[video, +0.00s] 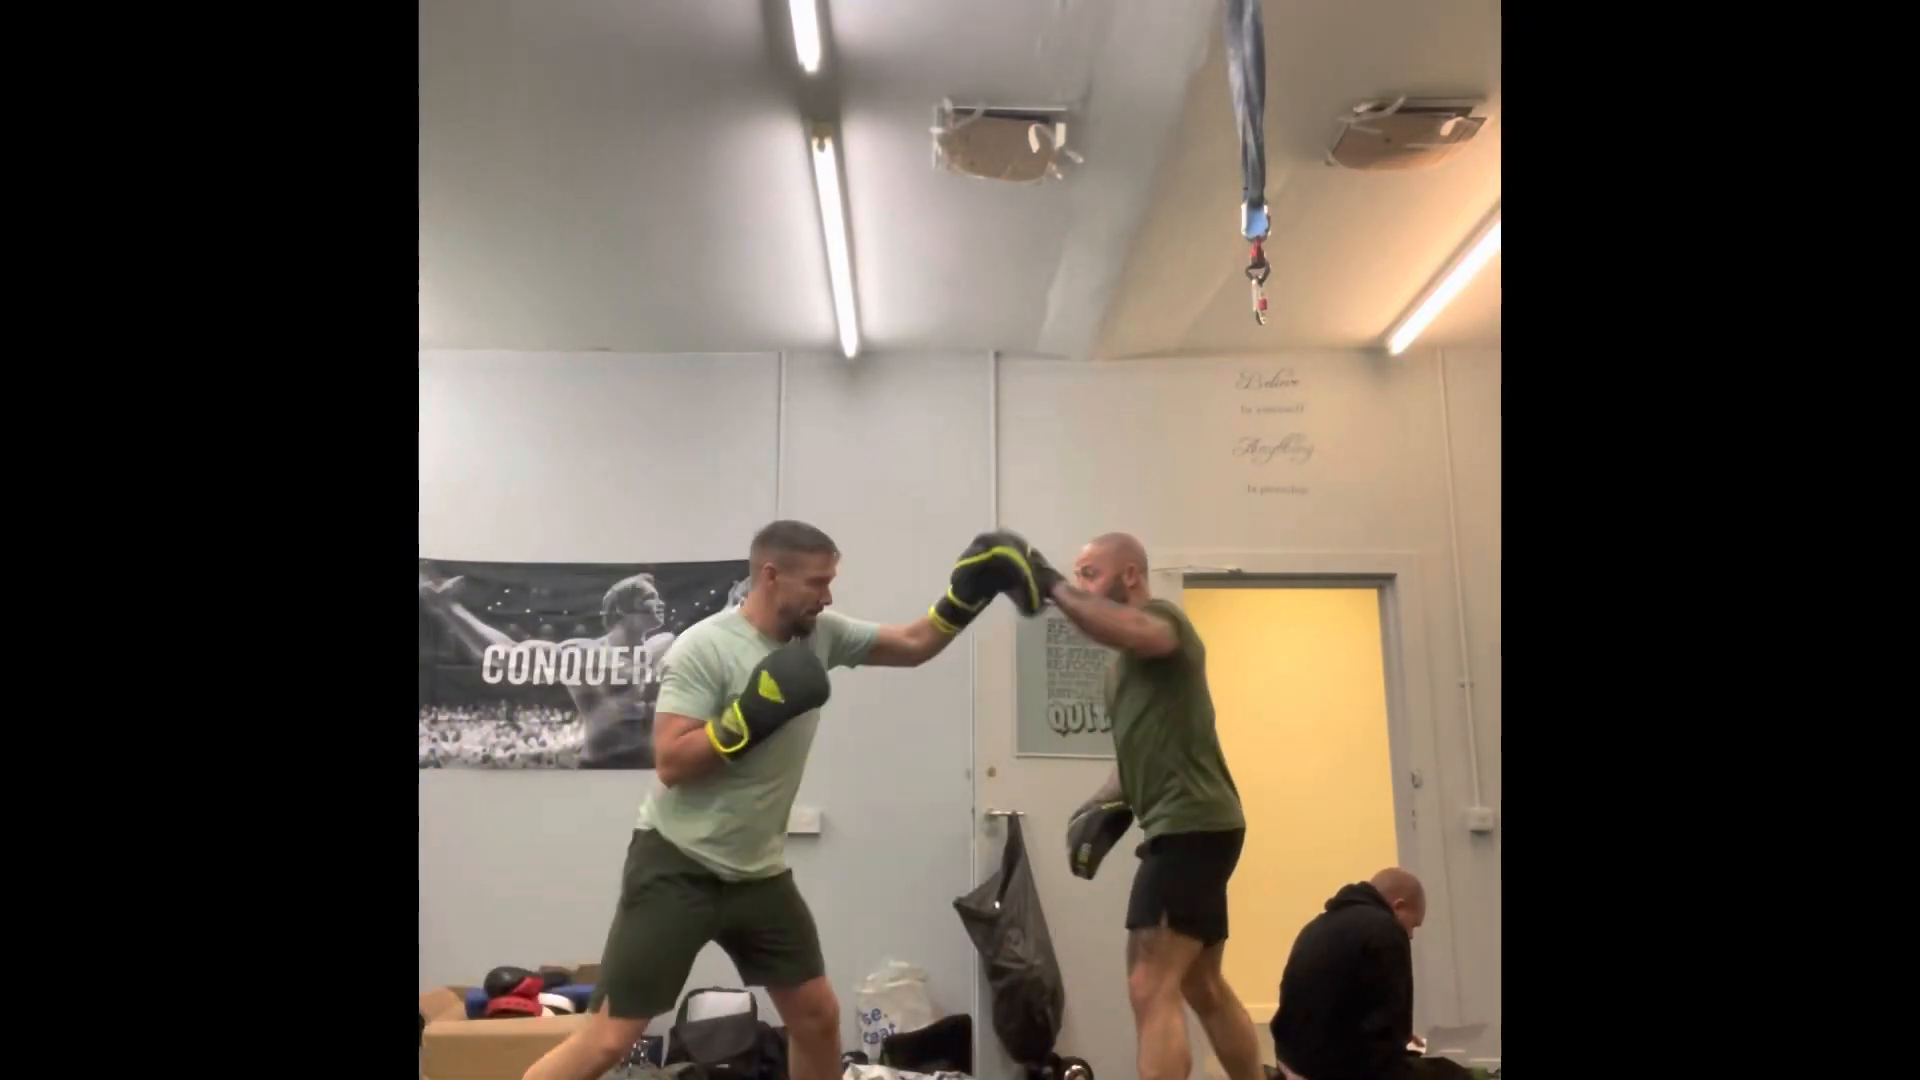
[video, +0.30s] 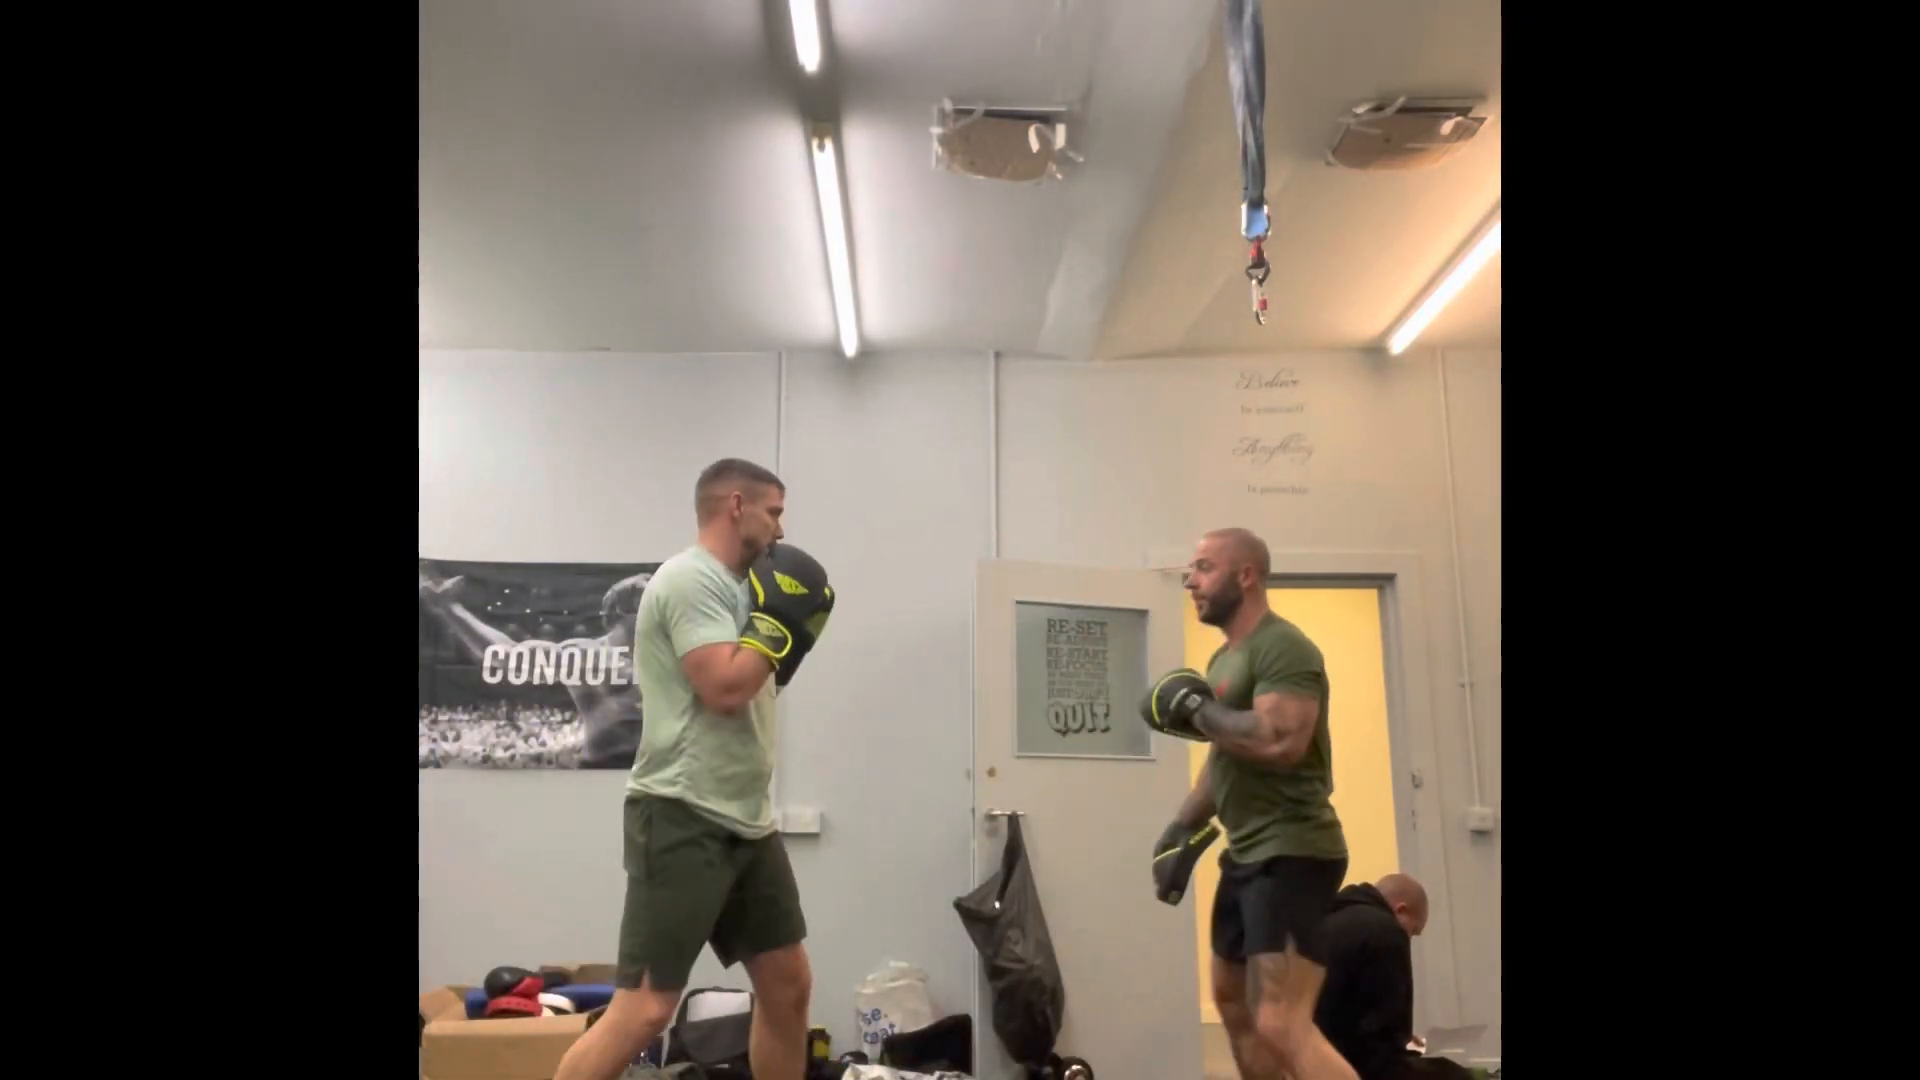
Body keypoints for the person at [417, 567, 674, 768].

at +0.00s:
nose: (661, 609)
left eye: (660, 602)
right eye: (650, 603)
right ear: (623, 612)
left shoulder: (659, 650)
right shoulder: (579, 653)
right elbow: (508, 653)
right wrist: (448, 608)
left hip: (653, 762)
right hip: (600, 763)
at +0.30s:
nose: (652, 617)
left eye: (652, 608)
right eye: (645, 609)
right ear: (622, 613)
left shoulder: (662, 651)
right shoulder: (582, 654)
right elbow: (508, 653)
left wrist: (445, 607)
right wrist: (447, 607)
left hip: (659, 764)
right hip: (608, 767)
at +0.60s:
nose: (656, 609)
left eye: (655, 602)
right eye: (647, 603)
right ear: (620, 612)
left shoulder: (665, 651)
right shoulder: (581, 655)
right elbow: (508, 653)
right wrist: (448, 607)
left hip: (657, 763)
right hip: (607, 764)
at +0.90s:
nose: (662, 611)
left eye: (660, 604)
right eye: (651, 605)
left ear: (650, 613)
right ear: (623, 613)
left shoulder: (665, 649)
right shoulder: (581, 655)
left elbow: (706, 636)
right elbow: (508, 653)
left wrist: (733, 605)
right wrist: (450, 609)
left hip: (652, 776)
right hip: (599, 776)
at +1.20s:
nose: (663, 609)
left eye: (661, 601)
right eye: (652, 602)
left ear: (650, 611)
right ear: (625, 612)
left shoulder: (665, 648)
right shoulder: (579, 655)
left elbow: (710, 633)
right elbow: (506, 652)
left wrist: (737, 604)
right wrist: (449, 608)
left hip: (651, 773)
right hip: (599, 775)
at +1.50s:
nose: (662, 607)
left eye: (660, 600)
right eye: (652, 601)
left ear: (650, 610)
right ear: (625, 612)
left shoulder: (665, 648)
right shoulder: (579, 655)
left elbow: (708, 634)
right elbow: (506, 653)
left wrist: (736, 605)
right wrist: (449, 608)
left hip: (652, 772)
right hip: (600, 774)